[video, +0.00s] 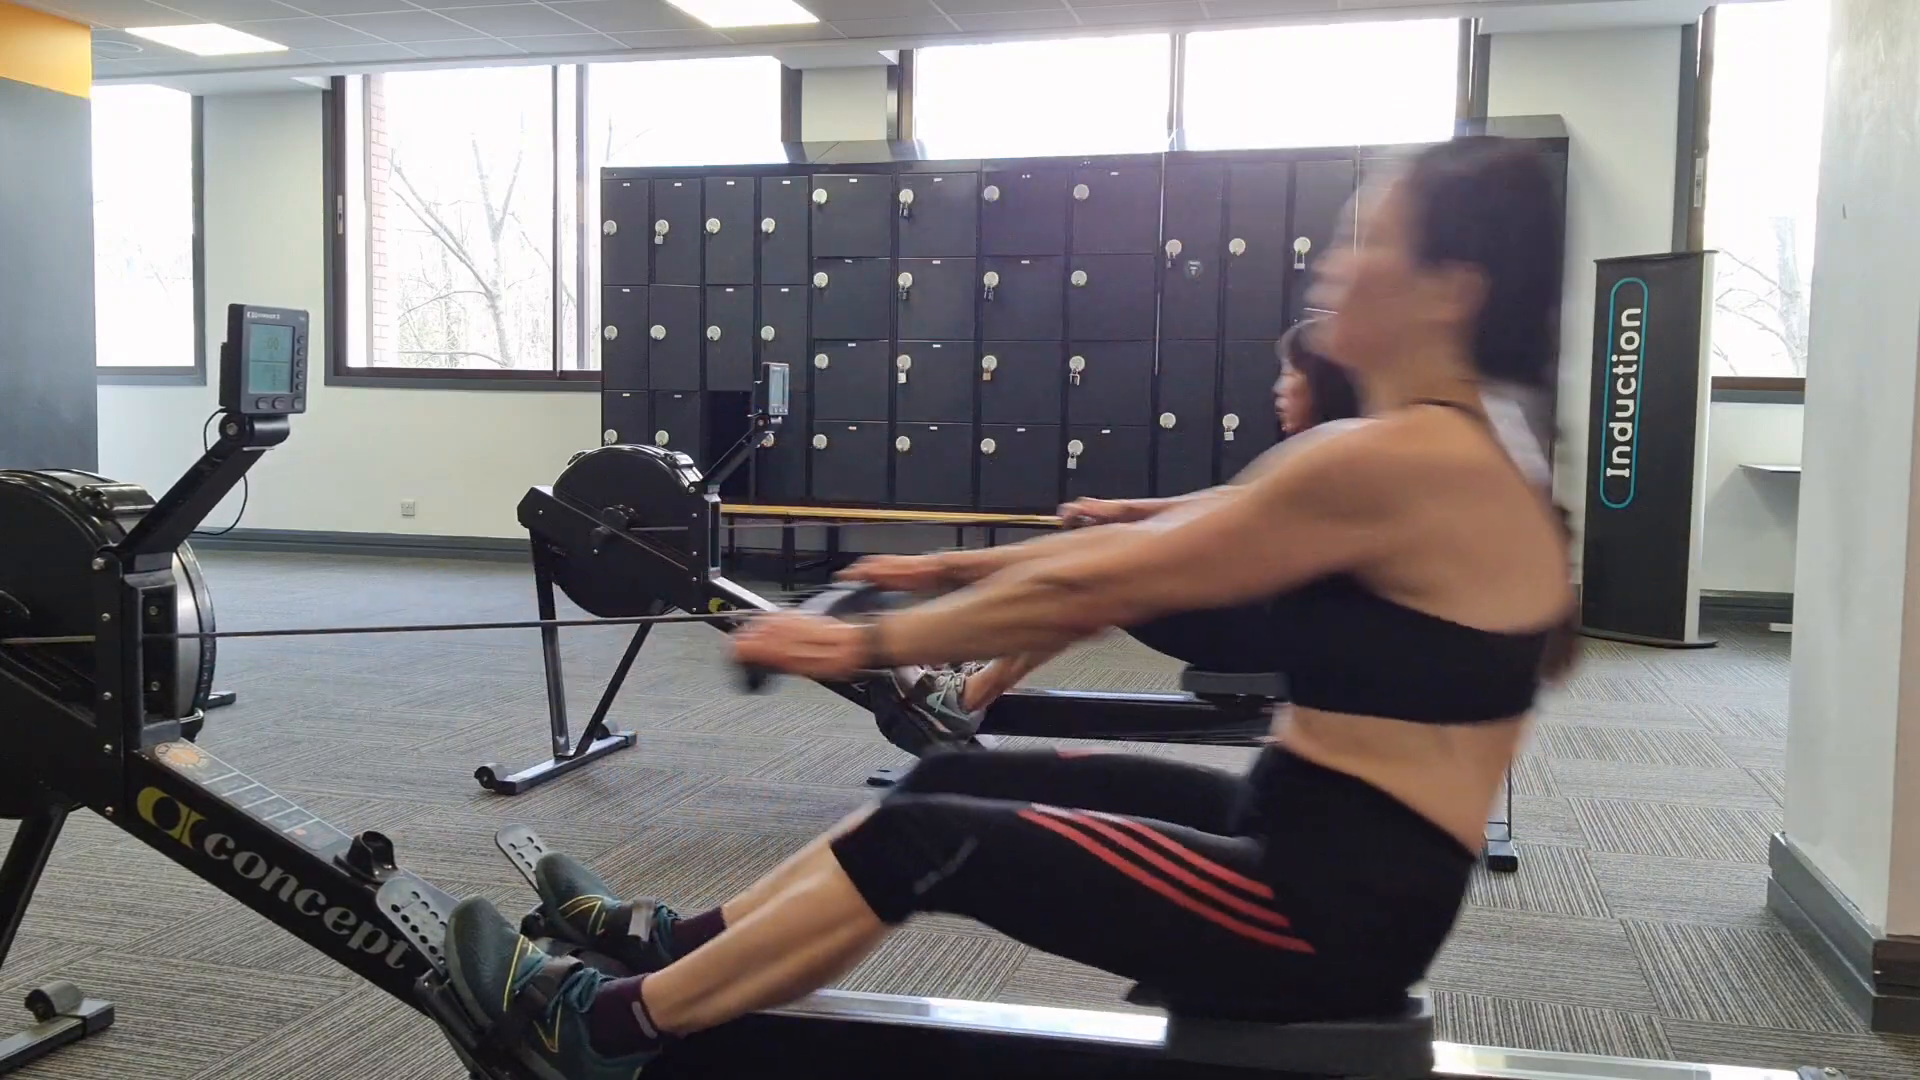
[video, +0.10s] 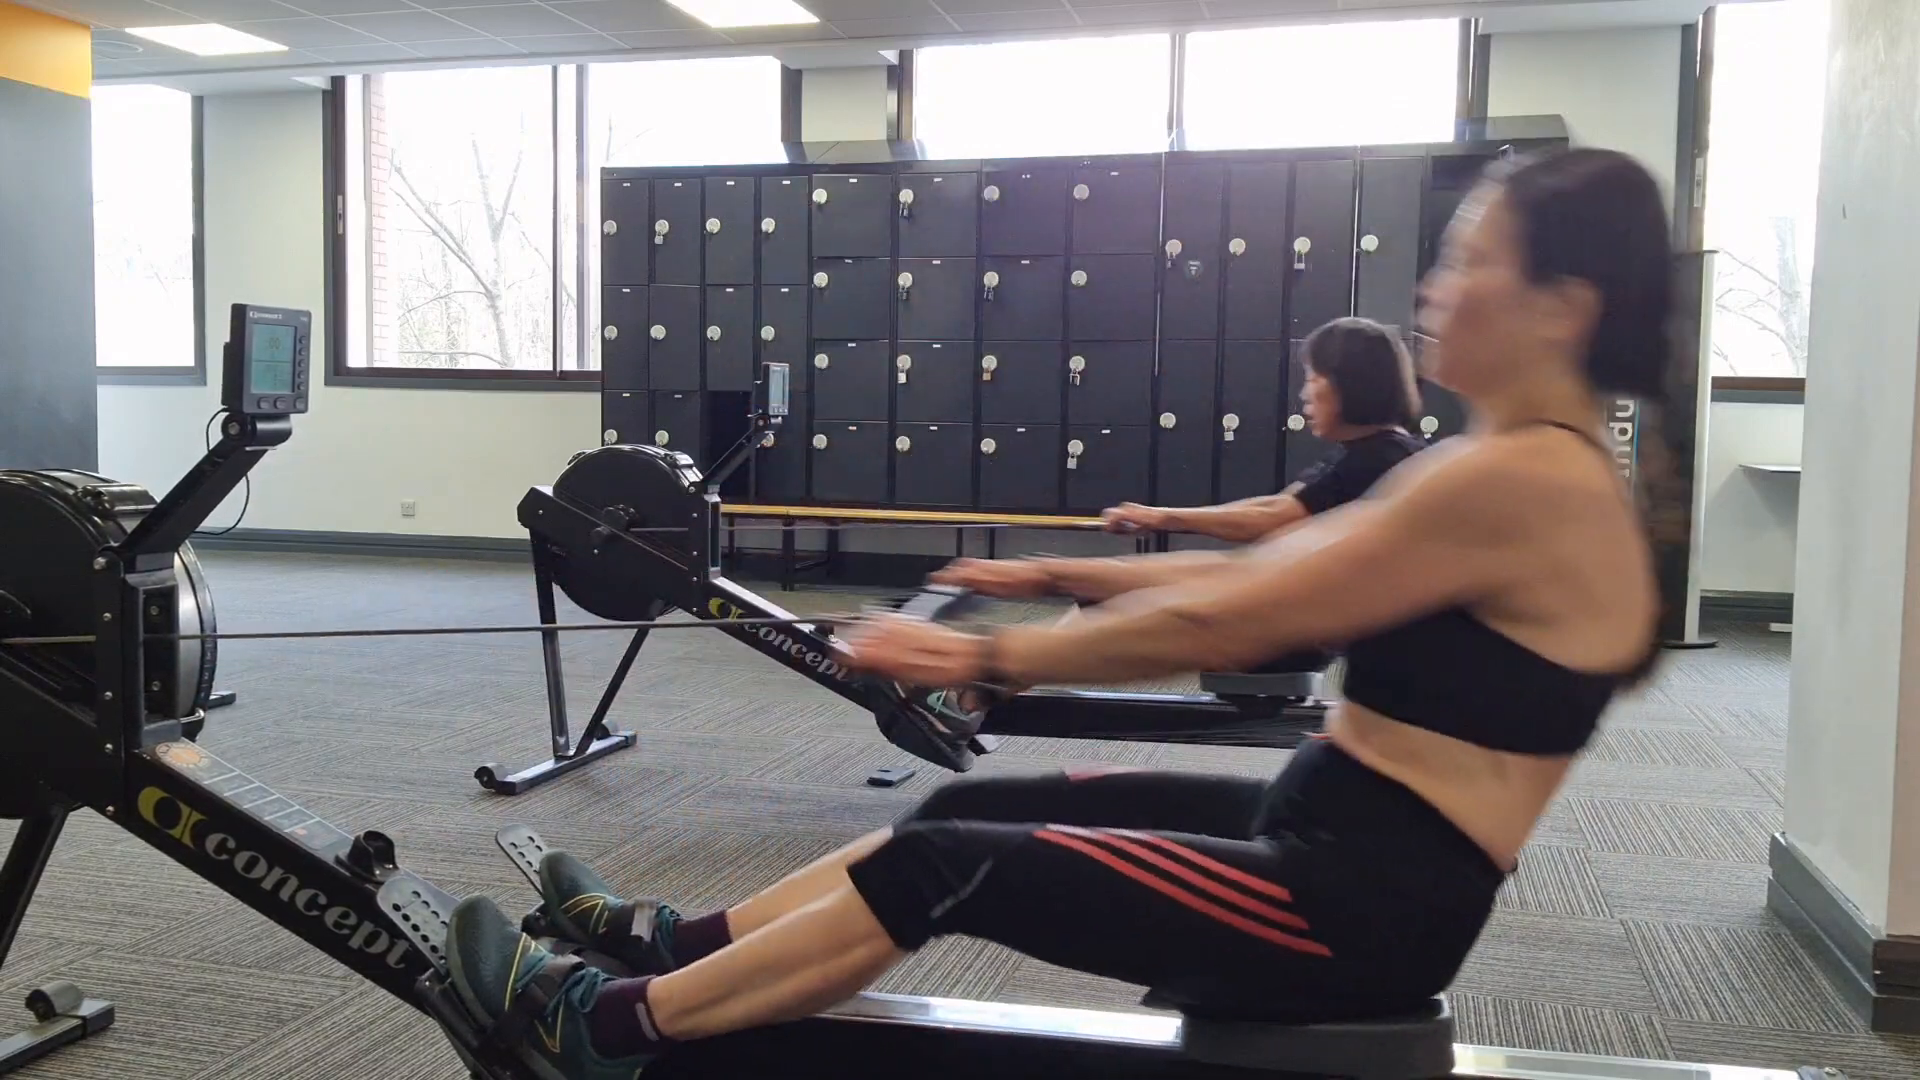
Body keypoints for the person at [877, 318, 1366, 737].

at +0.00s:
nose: (1280, 390)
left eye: (1292, 377)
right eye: (1283, 375)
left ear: (1327, 387)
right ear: (1315, 388)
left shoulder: (1324, 457)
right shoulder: (1313, 452)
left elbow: (1208, 506)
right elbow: (1214, 500)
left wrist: (1122, 513)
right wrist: (1128, 507)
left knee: (1107, 583)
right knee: (1093, 558)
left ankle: (967, 698)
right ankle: (961, 690)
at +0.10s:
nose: (1305, 393)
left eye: (1314, 379)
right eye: (1308, 379)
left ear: (1348, 388)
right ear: (1366, 385)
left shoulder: (1376, 458)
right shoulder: (1377, 453)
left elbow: (1267, 520)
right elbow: (1270, 512)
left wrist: (1168, 519)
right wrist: (1171, 520)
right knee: (1119, 580)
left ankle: (982, 687)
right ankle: (981, 686)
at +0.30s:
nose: (1329, 404)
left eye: (1340, 391)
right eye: (1330, 390)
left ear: (1382, 394)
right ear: (1378, 394)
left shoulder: (1414, 463)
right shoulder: (1381, 457)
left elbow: (1370, 556)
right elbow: (1324, 522)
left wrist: (1258, 535)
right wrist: (1247, 526)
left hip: (1317, 630)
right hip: (1302, 607)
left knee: (1138, 630)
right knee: (1139, 618)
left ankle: (972, 701)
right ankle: (977, 692)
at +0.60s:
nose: (1286, 399)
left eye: (1294, 384)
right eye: (1287, 384)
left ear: (1333, 388)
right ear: (1342, 384)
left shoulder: (1385, 453)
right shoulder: (1354, 448)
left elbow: (1437, 538)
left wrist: (1341, 537)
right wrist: (1308, 532)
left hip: (1298, 626)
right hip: (1278, 606)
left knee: (1121, 618)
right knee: (1123, 611)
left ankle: (969, 705)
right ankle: (978, 694)